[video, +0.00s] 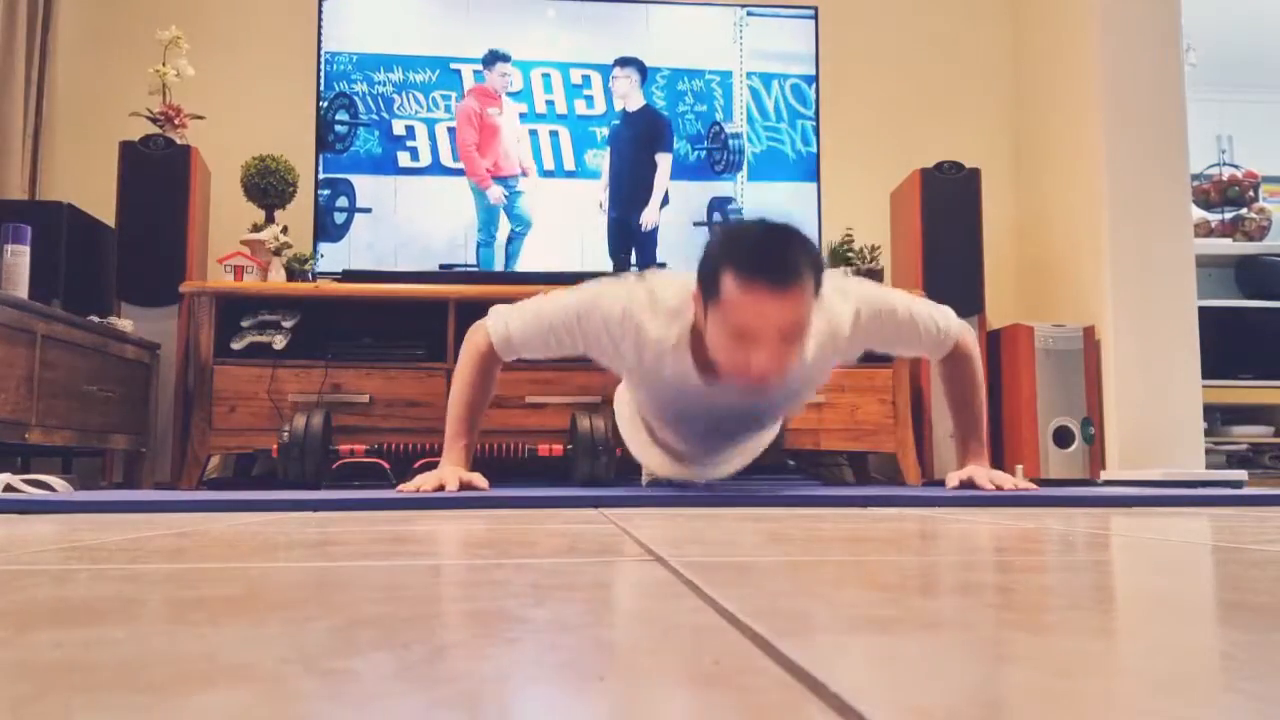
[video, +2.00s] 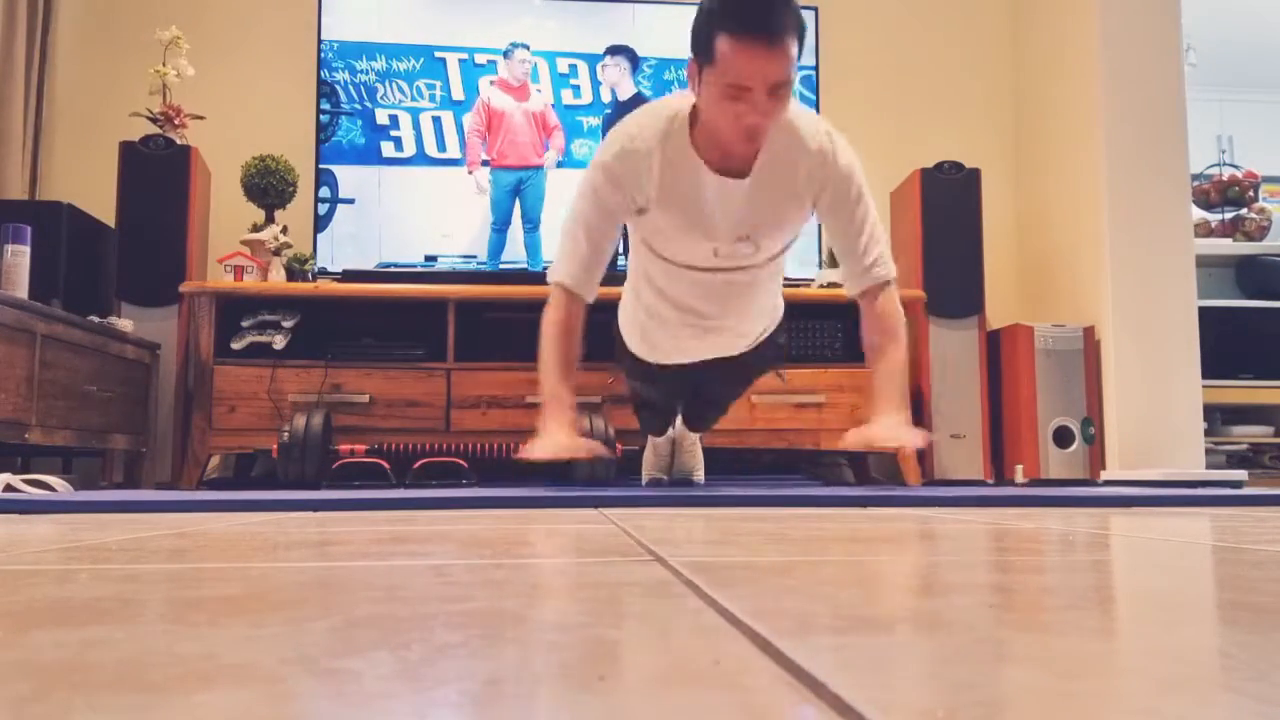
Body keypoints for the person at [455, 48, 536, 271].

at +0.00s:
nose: (508, 81)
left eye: (510, 75)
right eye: (502, 75)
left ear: (511, 76)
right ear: (487, 74)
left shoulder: (508, 104)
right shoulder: (470, 105)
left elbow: (517, 140)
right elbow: (466, 150)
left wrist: (526, 165)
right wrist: (488, 186)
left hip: (511, 179)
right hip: (486, 181)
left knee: (523, 222)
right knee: (487, 235)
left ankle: (510, 274)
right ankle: (487, 284)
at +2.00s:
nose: (527, 67)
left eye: (529, 62)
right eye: (522, 62)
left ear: (531, 65)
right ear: (507, 63)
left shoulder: (538, 97)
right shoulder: (490, 97)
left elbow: (556, 130)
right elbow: (475, 133)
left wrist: (555, 150)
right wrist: (475, 169)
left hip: (534, 171)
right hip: (502, 171)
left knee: (532, 224)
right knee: (500, 225)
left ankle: (536, 272)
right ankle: (492, 270)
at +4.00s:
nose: (542, 66)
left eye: (543, 61)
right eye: (537, 62)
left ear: (544, 61)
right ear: (523, 62)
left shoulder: (549, 89)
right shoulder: (507, 92)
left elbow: (572, 99)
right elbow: (498, 129)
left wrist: (593, 104)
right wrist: (532, 142)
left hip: (545, 163)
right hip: (518, 163)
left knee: (541, 213)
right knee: (510, 212)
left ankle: (543, 260)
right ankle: (500, 258)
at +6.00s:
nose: (531, 50)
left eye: (535, 46)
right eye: (526, 45)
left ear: (539, 51)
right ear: (515, 48)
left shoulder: (545, 84)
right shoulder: (501, 79)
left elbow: (568, 115)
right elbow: (483, 112)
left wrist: (548, 95)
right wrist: (510, 130)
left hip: (537, 156)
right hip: (508, 154)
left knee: (530, 207)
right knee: (494, 207)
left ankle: (526, 258)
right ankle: (479, 259)